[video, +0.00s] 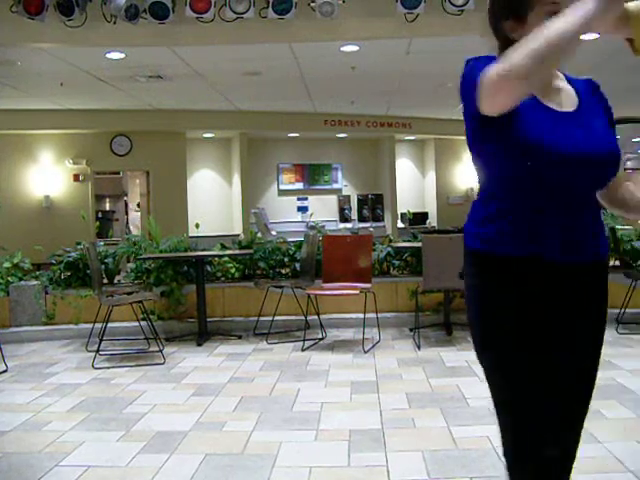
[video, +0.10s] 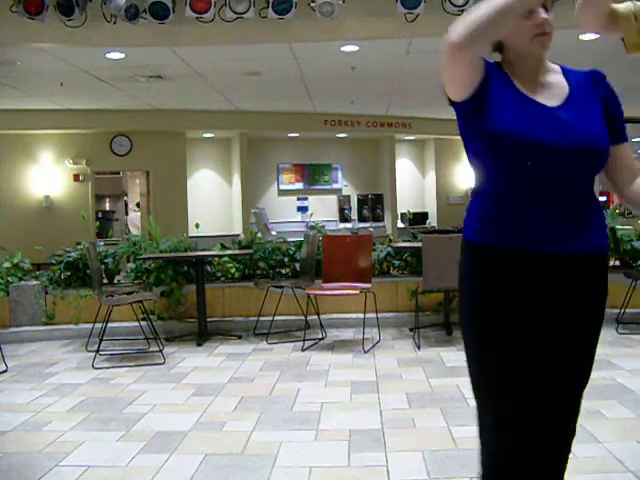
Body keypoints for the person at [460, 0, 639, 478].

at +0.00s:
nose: (567, 20)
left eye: (568, 11)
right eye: (553, 11)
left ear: (578, 25)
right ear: (514, 22)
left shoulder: (589, 94)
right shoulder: (483, 77)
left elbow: (614, 184)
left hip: (582, 271)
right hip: (506, 271)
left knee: (564, 436)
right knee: (531, 439)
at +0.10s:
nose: (542, 18)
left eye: (546, 8)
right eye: (526, 11)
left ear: (555, 15)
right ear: (499, 25)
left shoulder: (593, 88)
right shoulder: (480, 86)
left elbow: (630, 179)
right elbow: (458, 42)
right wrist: (515, 1)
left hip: (578, 267)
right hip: (497, 266)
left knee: (556, 422)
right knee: (506, 425)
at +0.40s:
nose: (488, 30)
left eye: (498, 17)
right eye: (475, 24)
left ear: (521, 24)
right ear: (465, 40)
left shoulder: (563, 80)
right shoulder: (461, 88)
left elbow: (615, 157)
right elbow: (398, 37)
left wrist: (637, 176)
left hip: (552, 268)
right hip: (476, 268)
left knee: (536, 419)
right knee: (435, 412)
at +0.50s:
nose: (471, 34)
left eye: (481, 21)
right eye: (461, 27)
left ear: (510, 28)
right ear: (457, 41)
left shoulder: (543, 81)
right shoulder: (456, 90)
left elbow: (588, 170)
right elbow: (395, 54)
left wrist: (601, 111)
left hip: (534, 269)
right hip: (467, 268)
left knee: (524, 415)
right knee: (433, 409)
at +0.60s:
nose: (452, 35)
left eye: (464, 23)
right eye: (446, 28)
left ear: (496, 29)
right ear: (442, 37)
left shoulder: (525, 88)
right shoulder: (445, 91)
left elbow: (557, 177)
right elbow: (394, 67)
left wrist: (526, 139)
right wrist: (393, 2)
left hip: (515, 262)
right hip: (456, 262)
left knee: (512, 405)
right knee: (431, 398)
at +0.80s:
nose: (413, 35)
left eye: (426, 26)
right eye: (414, 25)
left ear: (457, 39)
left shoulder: (474, 91)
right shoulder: (431, 96)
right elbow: (392, 103)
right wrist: (355, 56)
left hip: (468, 264)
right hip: (428, 264)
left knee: (464, 394)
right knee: (421, 400)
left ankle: (529, 479)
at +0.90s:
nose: (397, 62)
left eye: (405, 53)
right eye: (397, 53)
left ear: (436, 55)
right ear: (431, 57)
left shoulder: (454, 98)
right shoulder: (431, 105)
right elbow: (399, 139)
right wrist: (344, 95)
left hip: (443, 274)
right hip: (421, 272)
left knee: (415, 412)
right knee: (415, 408)